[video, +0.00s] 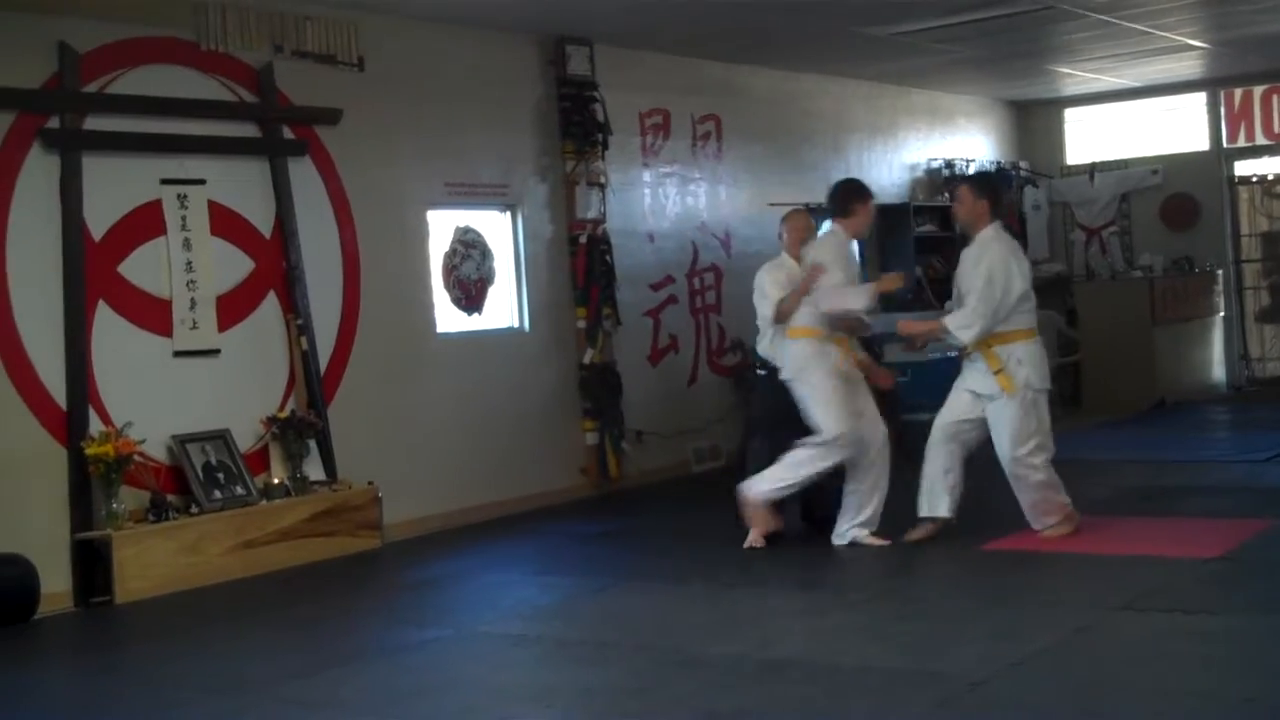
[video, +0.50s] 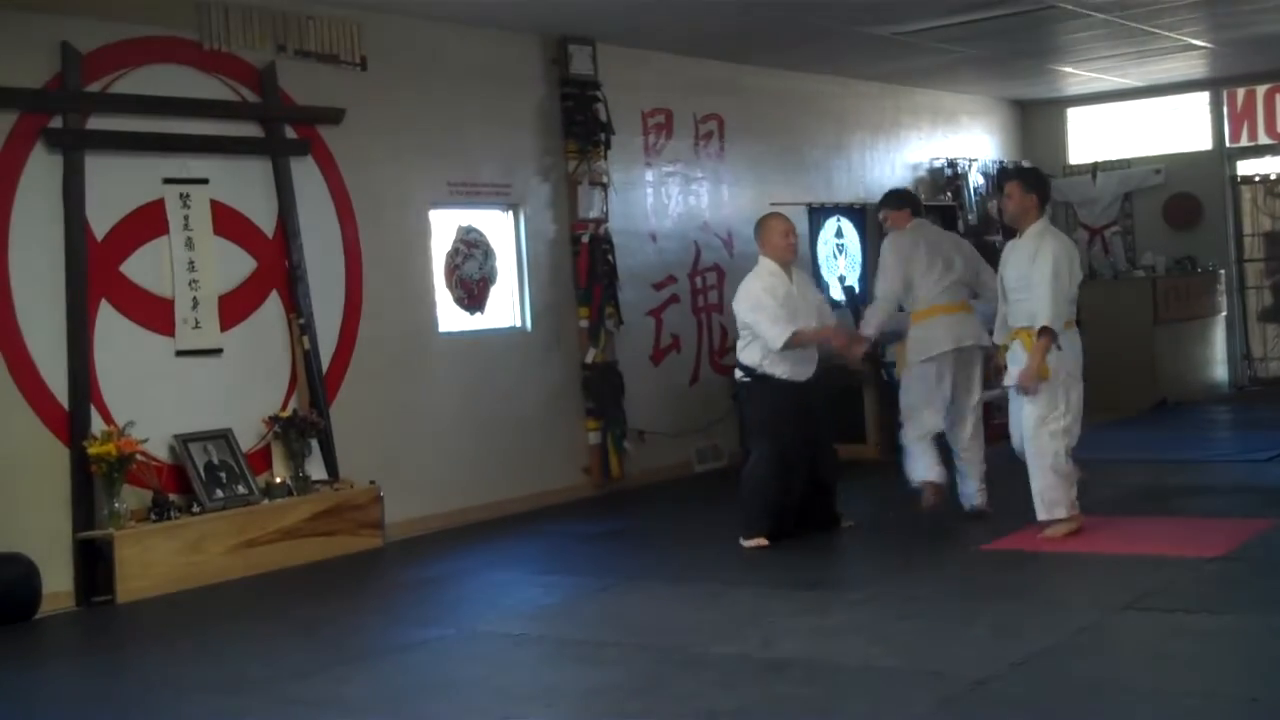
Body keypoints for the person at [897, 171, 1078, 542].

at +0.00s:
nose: (953, 209)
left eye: (959, 201)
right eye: (954, 201)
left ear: (982, 205)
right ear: (978, 207)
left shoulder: (997, 250)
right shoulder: (977, 250)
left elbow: (978, 316)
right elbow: (968, 309)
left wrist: (931, 329)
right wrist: (932, 327)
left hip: (1015, 360)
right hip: (982, 360)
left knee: (1019, 450)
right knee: (946, 432)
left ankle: (1059, 516)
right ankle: (934, 515)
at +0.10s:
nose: (973, 204)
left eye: (980, 196)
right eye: (975, 196)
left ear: (1001, 201)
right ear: (996, 202)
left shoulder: (1017, 248)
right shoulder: (985, 250)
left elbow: (993, 311)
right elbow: (967, 303)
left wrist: (938, 323)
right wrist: (939, 323)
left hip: (1026, 357)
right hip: (990, 358)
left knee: (1025, 446)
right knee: (962, 433)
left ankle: (1058, 517)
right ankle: (988, 507)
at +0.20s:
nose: (983, 200)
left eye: (989, 192)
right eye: (984, 192)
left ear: (1012, 197)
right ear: (1005, 198)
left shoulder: (1030, 242)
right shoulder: (992, 247)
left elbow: (1008, 309)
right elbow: (978, 302)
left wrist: (953, 326)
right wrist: (961, 331)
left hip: (1034, 348)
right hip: (1000, 349)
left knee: (1026, 435)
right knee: (988, 434)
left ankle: (1059, 513)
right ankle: (1025, 507)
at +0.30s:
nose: (990, 201)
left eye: (996, 193)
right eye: (990, 193)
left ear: (1020, 196)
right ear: (1012, 197)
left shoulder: (1041, 242)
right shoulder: (997, 246)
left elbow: (1023, 307)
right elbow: (989, 301)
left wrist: (974, 335)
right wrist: (984, 340)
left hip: (1041, 347)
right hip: (1006, 349)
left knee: (1037, 436)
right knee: (1006, 441)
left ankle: (1060, 514)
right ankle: (1058, 498)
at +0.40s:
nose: (992, 201)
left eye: (1000, 193)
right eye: (993, 193)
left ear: (1025, 197)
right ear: (1014, 198)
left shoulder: (1046, 242)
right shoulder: (1005, 246)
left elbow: (1040, 313)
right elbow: (1002, 306)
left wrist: (1000, 352)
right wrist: (993, 348)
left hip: (1047, 347)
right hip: (1015, 349)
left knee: (1036, 435)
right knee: (1014, 440)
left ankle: (1063, 514)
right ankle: (1062, 502)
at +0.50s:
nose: (1002, 203)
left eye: (1009, 196)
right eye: (1002, 196)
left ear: (1033, 200)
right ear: (1019, 202)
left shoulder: (1054, 245)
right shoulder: (1012, 248)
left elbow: (1055, 308)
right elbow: (1007, 304)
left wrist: (1037, 360)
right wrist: (1002, 349)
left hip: (1051, 345)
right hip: (1020, 346)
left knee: (1044, 435)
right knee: (1023, 437)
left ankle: (1062, 513)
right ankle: (1065, 485)